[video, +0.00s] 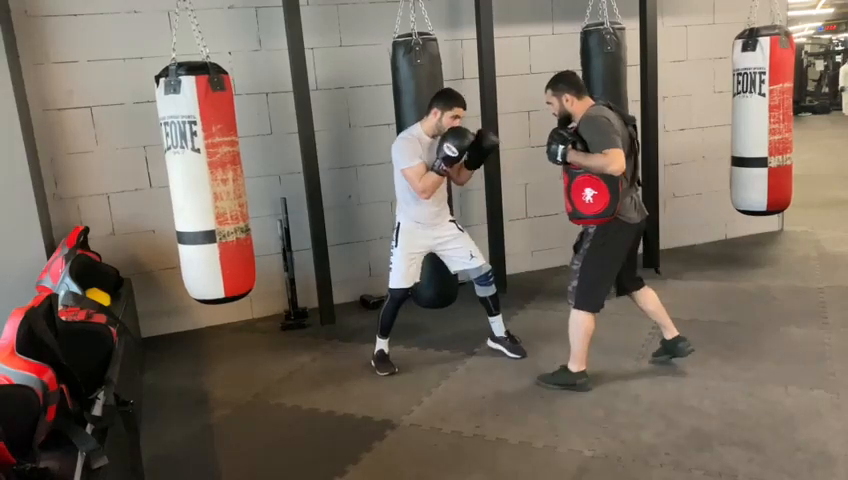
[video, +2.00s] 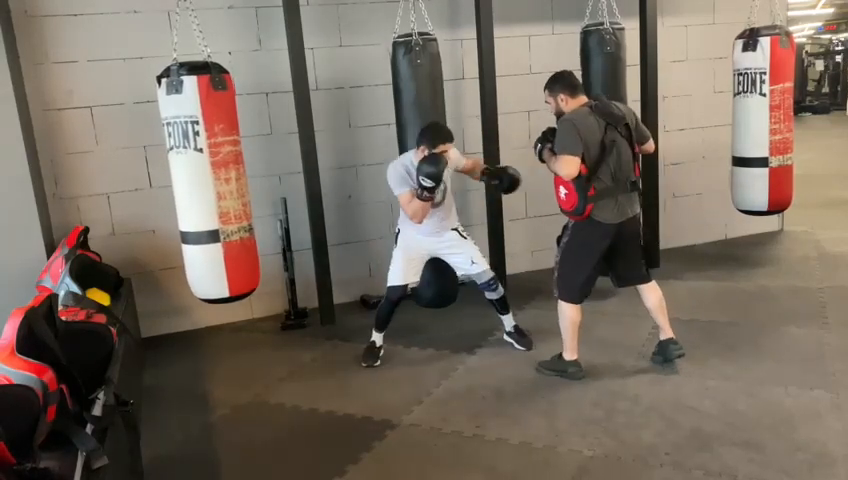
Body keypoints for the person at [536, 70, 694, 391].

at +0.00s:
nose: (551, 110)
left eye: (552, 103)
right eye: (549, 104)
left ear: (567, 98)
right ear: (575, 96)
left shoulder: (594, 121)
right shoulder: (602, 114)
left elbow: (614, 163)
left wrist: (571, 155)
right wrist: (576, 149)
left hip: (611, 221)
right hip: (630, 217)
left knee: (585, 292)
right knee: (630, 281)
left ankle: (576, 369)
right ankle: (674, 338)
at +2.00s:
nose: (550, 109)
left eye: (550, 102)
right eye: (549, 103)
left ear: (561, 97)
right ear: (578, 92)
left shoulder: (570, 123)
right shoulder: (616, 109)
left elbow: (568, 170)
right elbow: (648, 144)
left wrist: (547, 156)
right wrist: (613, 146)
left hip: (592, 222)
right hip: (628, 217)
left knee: (568, 288)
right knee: (641, 277)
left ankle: (569, 359)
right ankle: (668, 340)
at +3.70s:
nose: (577, 115)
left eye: (576, 108)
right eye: (574, 109)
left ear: (592, 104)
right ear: (601, 101)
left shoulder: (609, 127)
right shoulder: (634, 117)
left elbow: (613, 172)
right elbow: (637, 163)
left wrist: (577, 162)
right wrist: (591, 151)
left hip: (629, 226)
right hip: (656, 222)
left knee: (589, 288)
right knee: (668, 284)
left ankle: (574, 359)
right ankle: (698, 349)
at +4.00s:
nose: (607, 101)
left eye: (609, 93)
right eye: (606, 94)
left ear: (625, 89)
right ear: (634, 89)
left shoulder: (647, 111)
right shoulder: (662, 107)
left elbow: (660, 151)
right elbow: (660, 153)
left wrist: (612, 140)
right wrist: (615, 140)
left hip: (660, 214)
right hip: (682, 212)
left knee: (624, 286)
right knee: (685, 282)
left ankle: (624, 364)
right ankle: (700, 350)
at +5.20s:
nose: (605, 113)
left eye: (606, 106)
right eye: (604, 107)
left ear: (624, 104)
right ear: (635, 101)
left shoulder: (645, 128)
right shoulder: (665, 117)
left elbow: (640, 180)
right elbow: (670, 164)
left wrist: (596, 181)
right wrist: (621, 154)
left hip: (672, 226)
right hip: (697, 221)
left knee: (633, 295)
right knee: (688, 278)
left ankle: (625, 377)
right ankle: (727, 342)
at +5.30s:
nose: (602, 114)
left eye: (603, 107)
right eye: (600, 108)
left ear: (620, 104)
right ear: (632, 100)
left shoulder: (639, 127)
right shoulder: (662, 116)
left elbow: (638, 178)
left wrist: (592, 204)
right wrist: (615, 136)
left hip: (670, 224)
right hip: (697, 219)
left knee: (633, 297)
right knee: (685, 278)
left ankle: (625, 377)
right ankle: (717, 342)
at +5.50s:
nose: (625, 116)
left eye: (630, 108)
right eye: (623, 109)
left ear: (658, 104)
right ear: (663, 106)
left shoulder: (670, 141)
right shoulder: (691, 129)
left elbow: (665, 204)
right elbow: (661, 184)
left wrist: (604, 197)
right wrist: (626, 149)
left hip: (694, 263)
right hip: (723, 255)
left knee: (640, 348)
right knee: (705, 327)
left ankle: (639, 447)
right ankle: (741, 405)